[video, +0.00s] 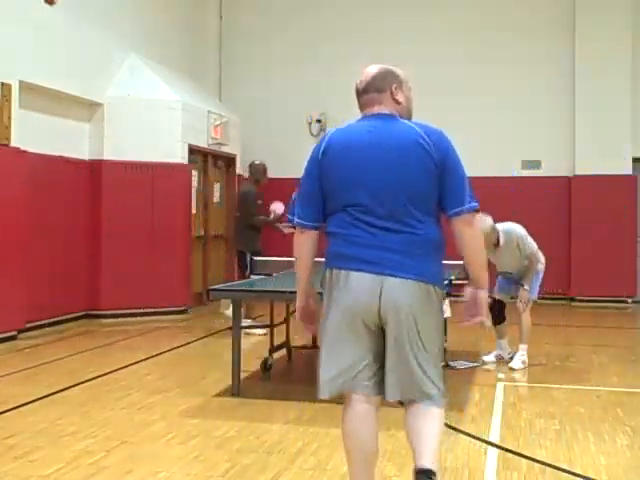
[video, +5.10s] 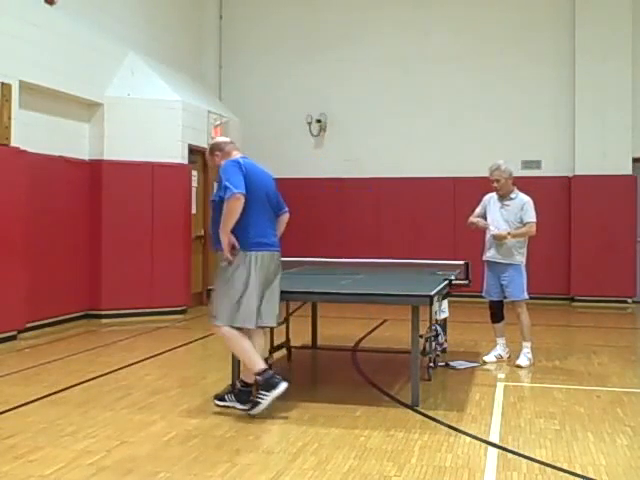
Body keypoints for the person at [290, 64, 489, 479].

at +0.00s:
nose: (412, 101)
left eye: (409, 93)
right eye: (409, 93)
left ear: (362, 101)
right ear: (398, 94)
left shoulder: (331, 144)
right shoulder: (432, 141)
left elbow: (305, 225)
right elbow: (464, 218)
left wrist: (304, 292)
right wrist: (479, 284)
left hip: (349, 285)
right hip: (414, 288)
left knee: (359, 394)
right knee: (424, 390)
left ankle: (360, 477)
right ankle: (426, 471)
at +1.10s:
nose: (395, 137)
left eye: (393, 130)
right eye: (393, 131)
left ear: (356, 132)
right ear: (382, 130)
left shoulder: (331, 165)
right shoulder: (405, 166)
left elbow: (312, 225)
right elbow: (428, 222)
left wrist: (304, 277)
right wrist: (436, 264)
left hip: (346, 272)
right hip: (394, 274)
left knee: (348, 355)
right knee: (398, 357)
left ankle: (348, 435)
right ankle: (401, 434)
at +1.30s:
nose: (388, 137)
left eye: (387, 130)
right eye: (386, 131)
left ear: (350, 131)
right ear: (373, 130)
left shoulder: (324, 164)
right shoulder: (397, 166)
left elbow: (301, 218)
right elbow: (417, 221)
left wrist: (326, 248)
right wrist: (424, 268)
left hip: (339, 267)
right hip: (384, 269)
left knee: (347, 348)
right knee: (391, 341)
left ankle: (348, 435)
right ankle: (391, 407)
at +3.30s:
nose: (349, 147)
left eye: (344, 145)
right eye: (357, 144)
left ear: (342, 149)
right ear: (366, 154)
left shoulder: (332, 165)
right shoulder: (381, 182)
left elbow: (311, 205)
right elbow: (385, 233)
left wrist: (303, 230)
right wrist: (380, 267)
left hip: (332, 251)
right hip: (369, 257)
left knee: (323, 324)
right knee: (360, 328)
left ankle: (329, 395)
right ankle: (354, 398)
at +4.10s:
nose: (290, 158)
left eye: (288, 154)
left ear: (291, 152)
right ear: (315, 146)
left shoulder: (292, 172)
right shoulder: (342, 174)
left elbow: (277, 220)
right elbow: (360, 220)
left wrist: (259, 259)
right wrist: (351, 248)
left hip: (300, 258)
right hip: (334, 259)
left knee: (295, 329)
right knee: (337, 329)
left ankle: (292, 403)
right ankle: (351, 397)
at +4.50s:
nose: (257, 162)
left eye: (256, 158)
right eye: (256, 158)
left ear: (260, 151)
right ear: (281, 145)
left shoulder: (267, 172)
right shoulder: (312, 172)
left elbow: (255, 222)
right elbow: (325, 216)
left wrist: (240, 261)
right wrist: (307, 241)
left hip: (282, 258)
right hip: (311, 257)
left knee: (286, 331)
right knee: (301, 329)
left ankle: (292, 402)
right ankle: (302, 389)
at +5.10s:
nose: (214, 167)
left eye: (212, 163)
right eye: (213, 164)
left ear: (217, 155)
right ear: (235, 150)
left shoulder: (230, 165)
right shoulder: (262, 172)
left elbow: (236, 196)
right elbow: (283, 212)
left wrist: (225, 232)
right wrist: (269, 242)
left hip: (247, 253)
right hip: (270, 254)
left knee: (221, 323)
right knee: (255, 325)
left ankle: (267, 379)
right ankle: (245, 389)